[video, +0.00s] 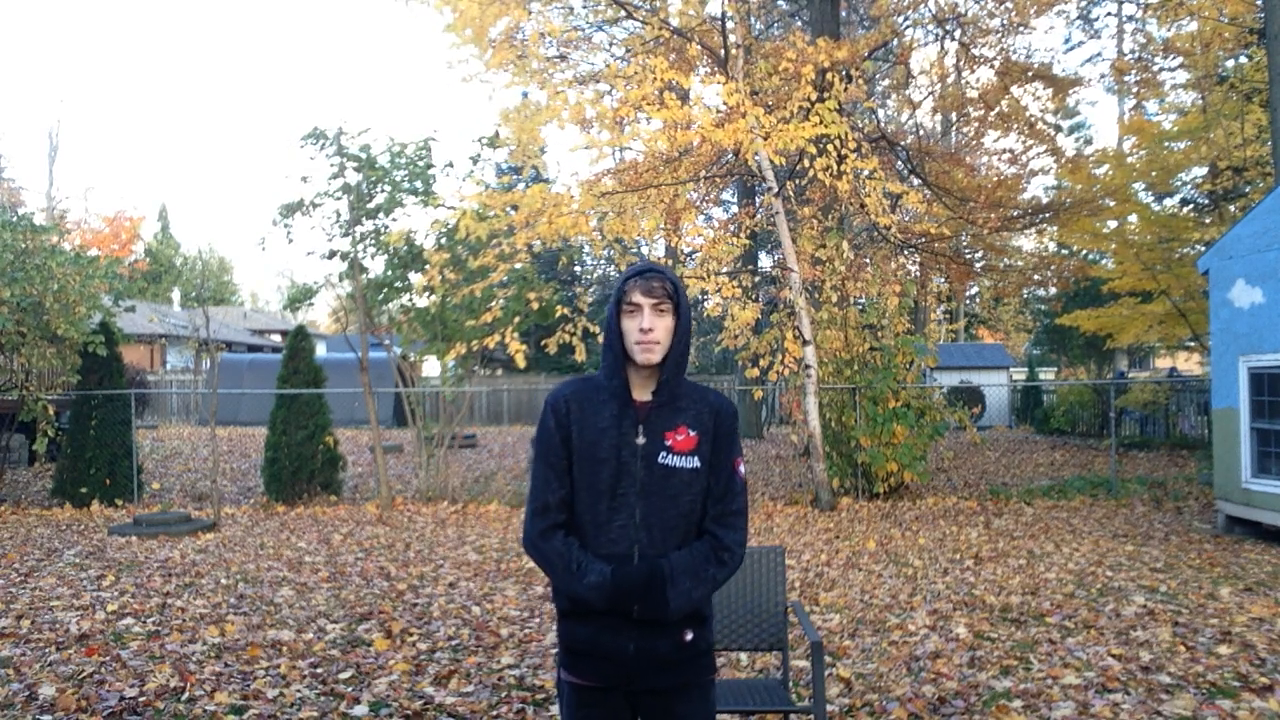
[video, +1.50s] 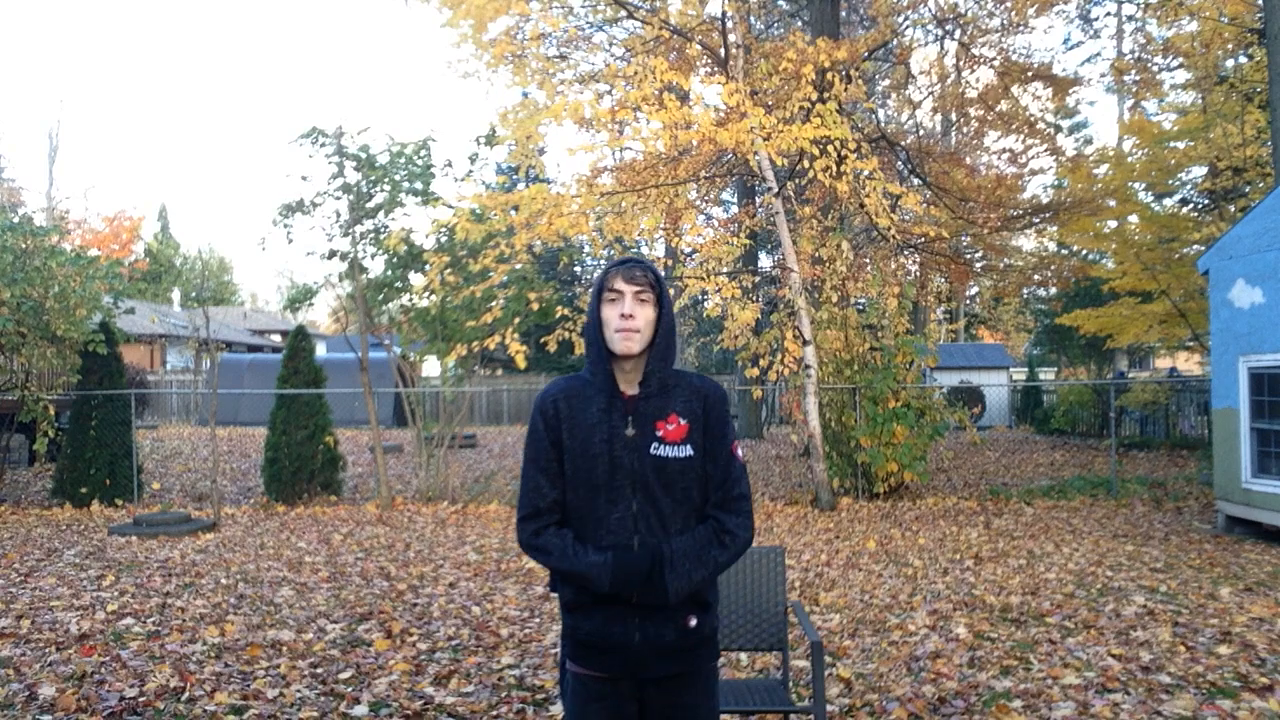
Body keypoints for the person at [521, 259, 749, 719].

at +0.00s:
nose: (645, 325)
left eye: (659, 311)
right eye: (632, 311)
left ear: (679, 324)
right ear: (616, 323)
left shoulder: (713, 412)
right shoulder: (569, 404)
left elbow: (728, 537)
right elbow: (540, 529)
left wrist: (661, 583)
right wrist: (606, 585)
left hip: (680, 652)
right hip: (591, 653)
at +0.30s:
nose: (625, 321)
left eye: (640, 310)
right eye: (613, 307)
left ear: (655, 326)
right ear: (593, 318)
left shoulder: (694, 397)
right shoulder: (551, 409)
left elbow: (725, 514)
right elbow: (540, 534)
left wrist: (667, 573)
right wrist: (608, 581)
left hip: (687, 646)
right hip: (596, 650)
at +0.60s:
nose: (610, 324)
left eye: (624, 312)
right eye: (597, 309)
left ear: (641, 327)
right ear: (577, 322)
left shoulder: (681, 401)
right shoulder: (539, 416)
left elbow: (715, 518)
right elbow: (530, 541)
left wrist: (656, 575)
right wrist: (598, 585)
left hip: (679, 648)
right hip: (590, 653)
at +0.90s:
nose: (620, 314)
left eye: (632, 300)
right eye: (605, 303)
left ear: (655, 311)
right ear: (591, 319)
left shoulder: (696, 403)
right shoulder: (553, 400)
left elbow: (715, 523)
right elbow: (527, 524)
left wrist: (655, 577)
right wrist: (596, 578)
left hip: (670, 647)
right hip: (582, 648)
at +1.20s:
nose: (637, 317)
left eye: (649, 302)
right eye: (622, 307)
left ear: (674, 312)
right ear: (611, 323)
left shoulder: (714, 410)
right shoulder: (572, 400)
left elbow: (725, 532)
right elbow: (541, 524)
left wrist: (665, 581)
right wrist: (611, 580)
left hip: (677, 650)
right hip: (590, 650)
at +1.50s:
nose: (626, 311)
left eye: (642, 299)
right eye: (613, 298)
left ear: (661, 316)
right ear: (596, 312)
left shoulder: (703, 399)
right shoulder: (559, 403)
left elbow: (735, 520)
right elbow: (534, 527)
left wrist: (669, 566)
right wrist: (608, 570)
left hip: (684, 645)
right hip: (594, 648)